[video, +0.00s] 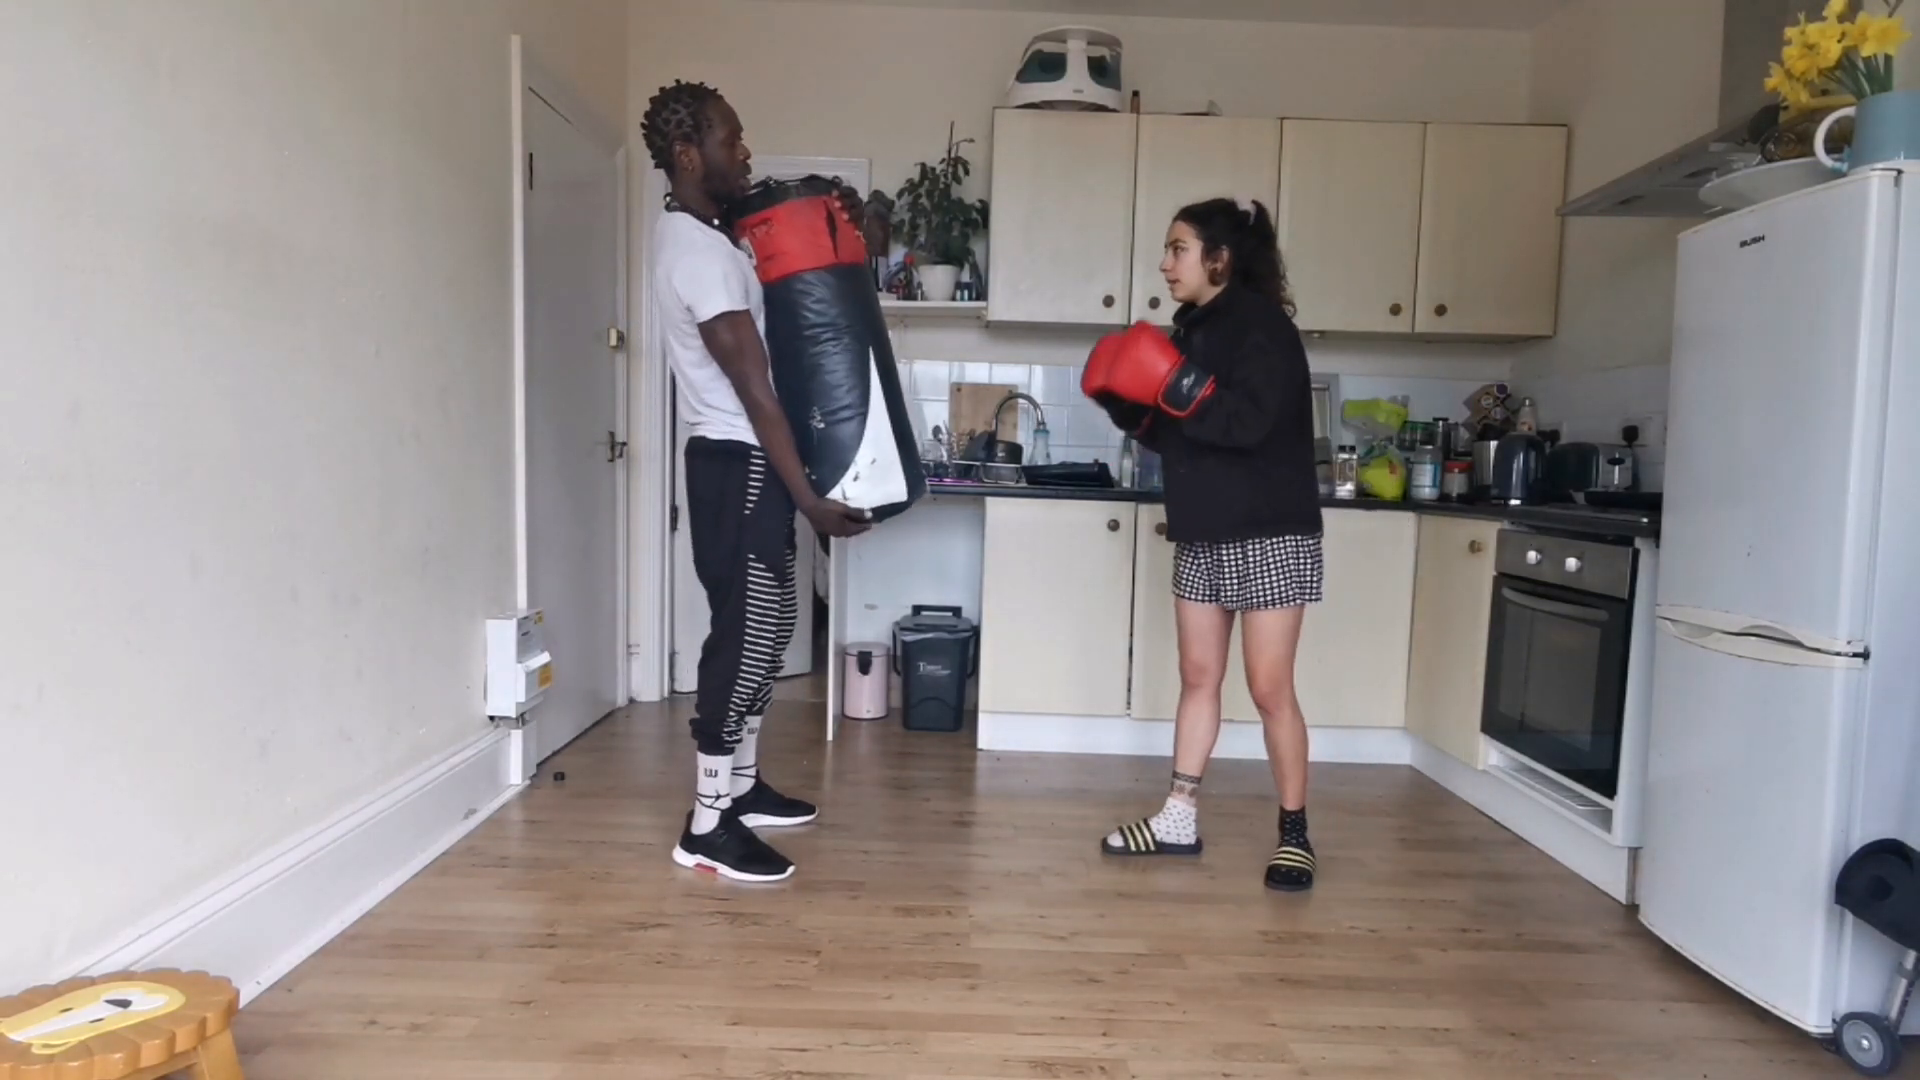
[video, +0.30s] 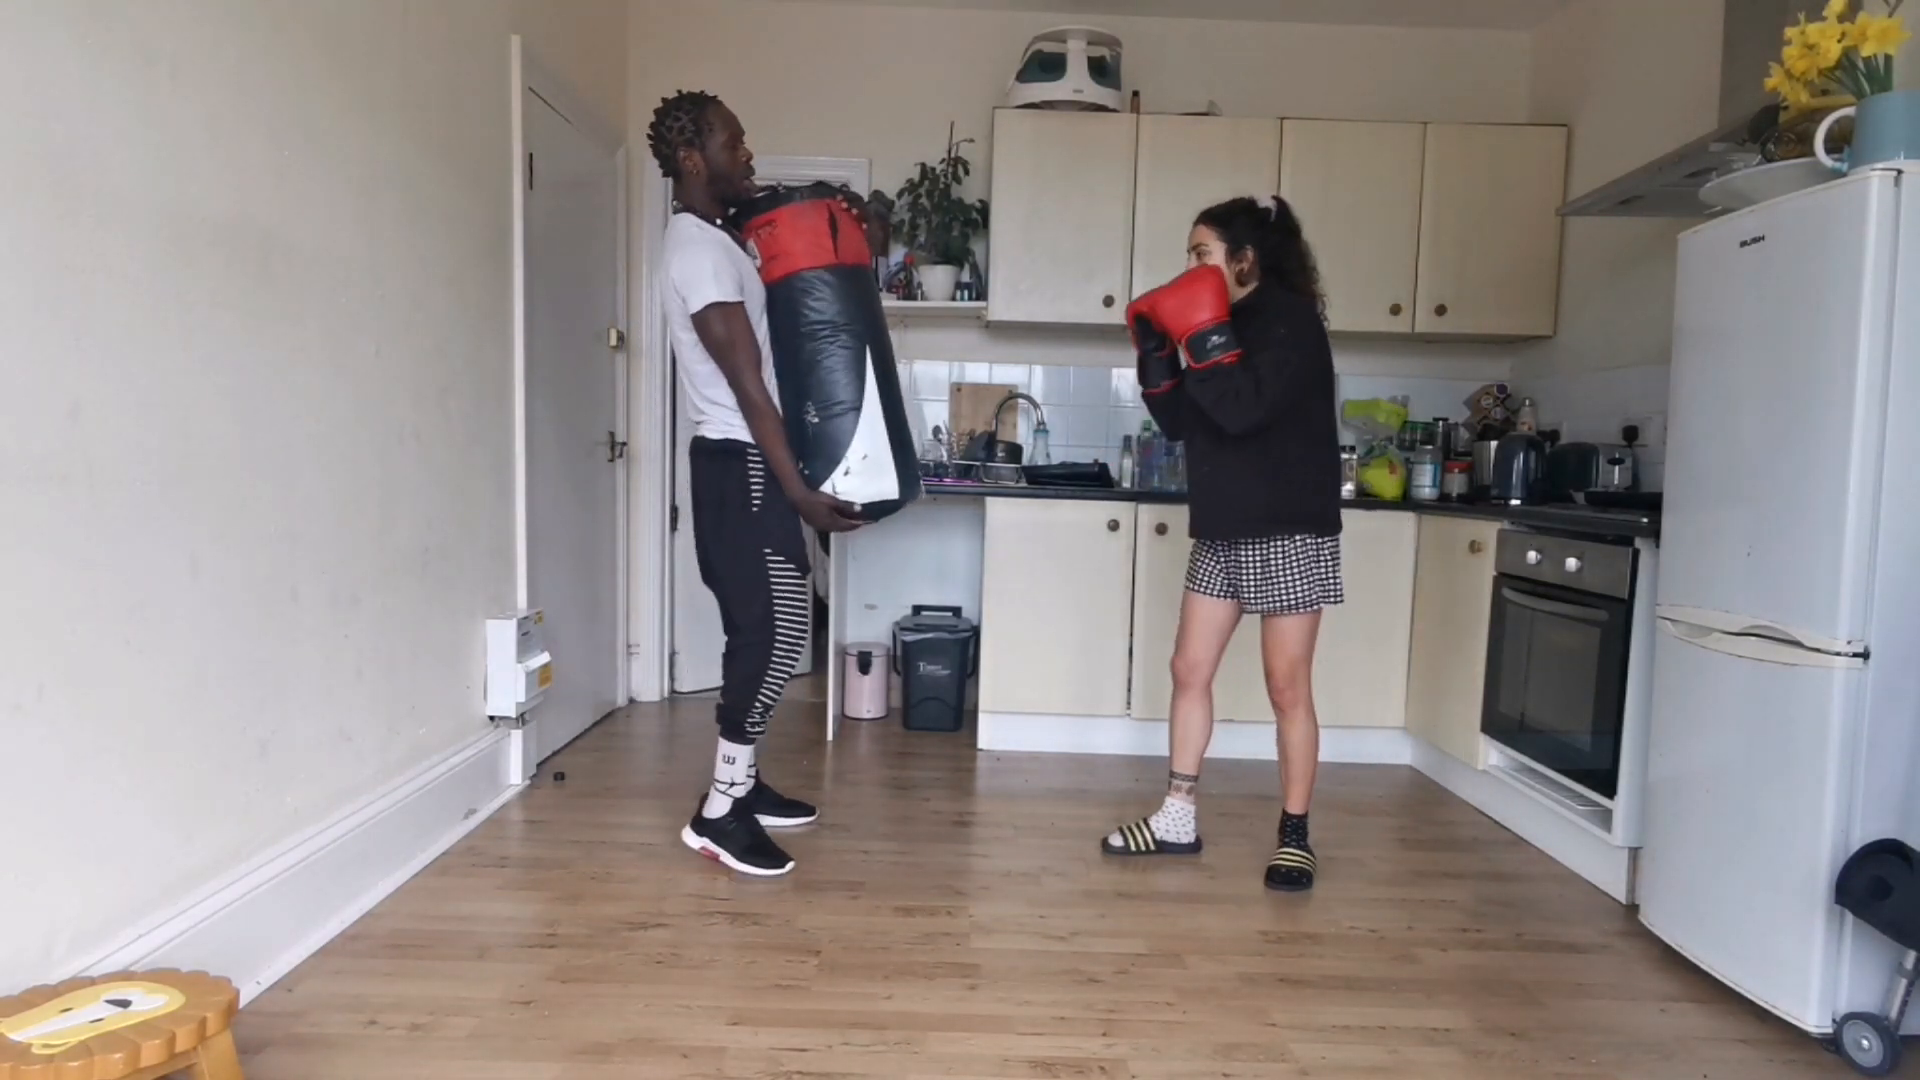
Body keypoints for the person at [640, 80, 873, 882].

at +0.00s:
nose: (746, 154)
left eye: (742, 138)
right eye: (732, 140)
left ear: (689, 154)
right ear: (686, 153)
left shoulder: (700, 235)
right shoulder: (700, 250)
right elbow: (754, 386)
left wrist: (843, 236)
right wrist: (807, 494)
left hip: (740, 453)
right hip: (736, 457)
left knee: (746, 620)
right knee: (763, 622)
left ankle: (736, 786)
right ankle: (709, 820)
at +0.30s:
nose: (750, 155)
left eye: (745, 141)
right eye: (735, 142)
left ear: (694, 158)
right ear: (692, 156)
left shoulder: (715, 239)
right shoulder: (699, 247)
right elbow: (746, 381)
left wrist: (842, 232)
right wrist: (797, 486)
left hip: (751, 457)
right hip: (736, 460)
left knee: (763, 628)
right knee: (784, 633)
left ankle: (738, 785)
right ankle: (720, 810)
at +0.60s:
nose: (746, 153)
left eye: (742, 140)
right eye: (731, 141)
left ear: (695, 154)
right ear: (689, 153)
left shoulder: (719, 236)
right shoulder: (688, 241)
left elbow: (785, 316)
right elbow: (740, 378)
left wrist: (847, 234)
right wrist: (795, 482)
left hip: (755, 451)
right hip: (731, 455)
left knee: (758, 620)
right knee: (756, 623)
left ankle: (739, 784)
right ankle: (714, 808)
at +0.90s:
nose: (739, 145)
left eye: (733, 132)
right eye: (723, 133)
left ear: (686, 150)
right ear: (680, 147)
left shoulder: (712, 233)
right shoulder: (678, 241)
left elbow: (780, 318)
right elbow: (725, 380)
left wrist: (836, 238)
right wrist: (777, 487)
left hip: (753, 452)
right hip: (715, 457)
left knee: (776, 613)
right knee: (729, 622)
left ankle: (740, 774)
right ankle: (711, 810)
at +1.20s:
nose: (727, 145)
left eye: (721, 131)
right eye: (711, 133)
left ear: (673, 150)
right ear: (668, 148)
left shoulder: (698, 235)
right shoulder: (667, 242)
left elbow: (764, 317)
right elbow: (717, 378)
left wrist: (817, 231)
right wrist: (773, 485)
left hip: (735, 450)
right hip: (712, 454)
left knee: (742, 614)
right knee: (730, 619)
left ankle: (720, 776)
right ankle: (710, 811)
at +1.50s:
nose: (723, 159)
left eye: (718, 145)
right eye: (707, 146)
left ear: (670, 159)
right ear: (664, 157)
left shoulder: (694, 240)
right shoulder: (662, 249)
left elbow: (744, 337)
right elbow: (708, 381)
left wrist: (766, 243)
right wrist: (759, 482)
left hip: (731, 452)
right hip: (706, 457)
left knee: (736, 617)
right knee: (729, 622)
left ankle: (722, 776)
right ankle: (709, 812)